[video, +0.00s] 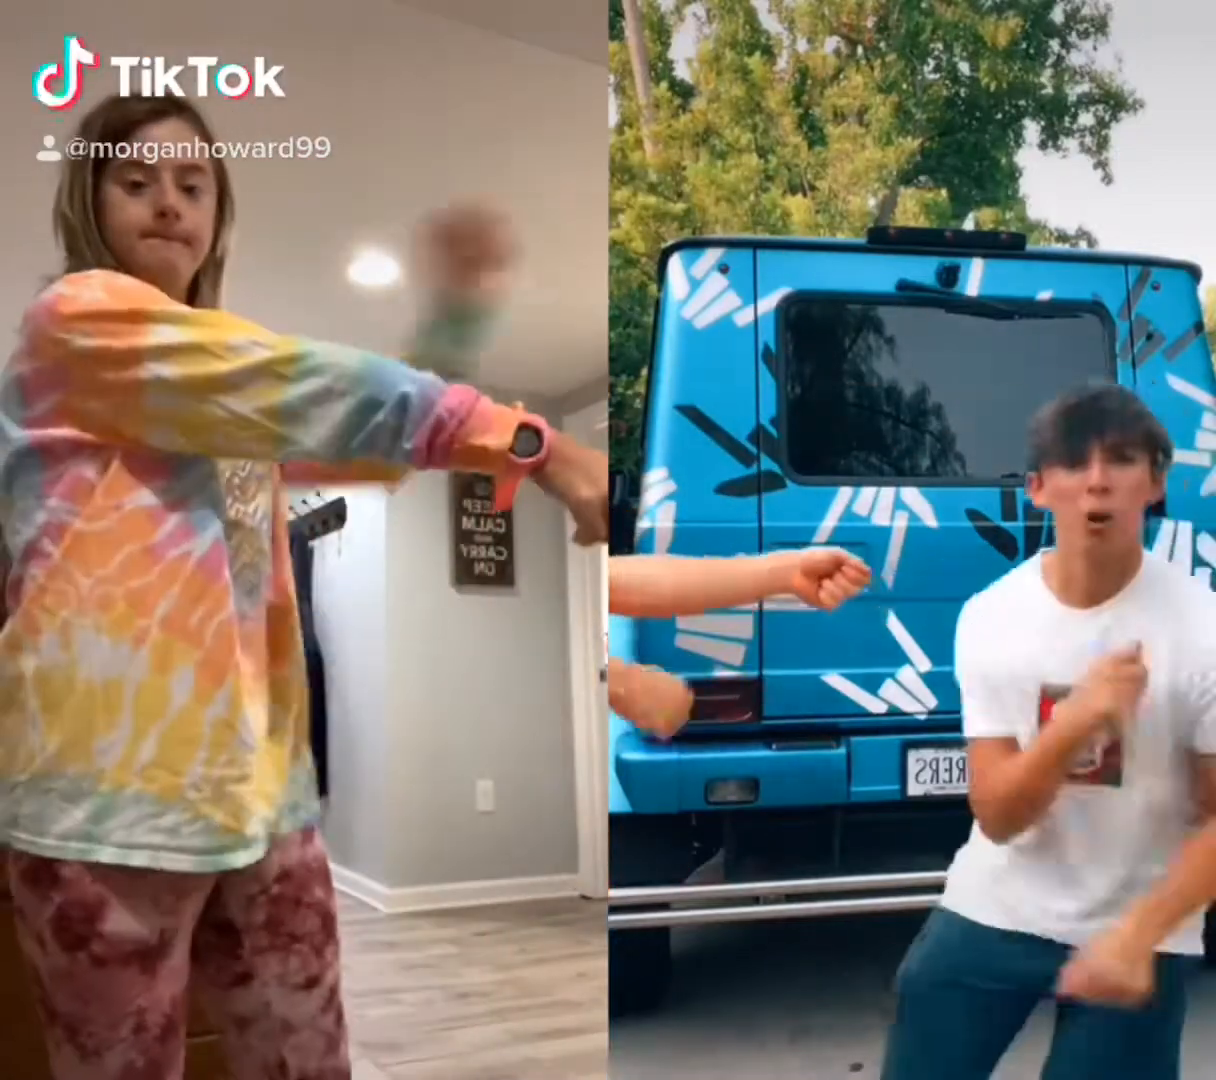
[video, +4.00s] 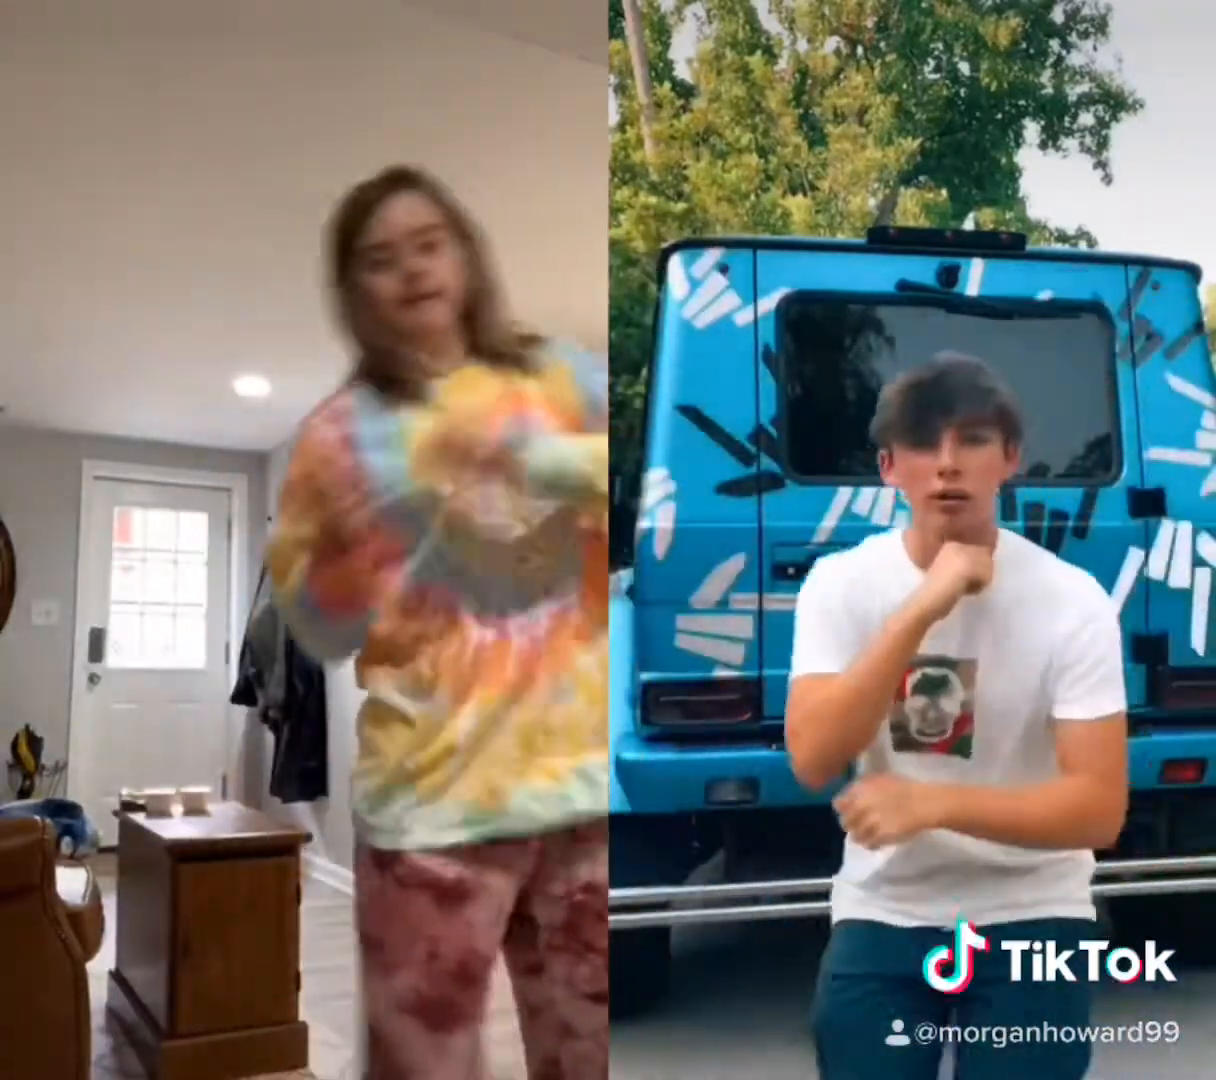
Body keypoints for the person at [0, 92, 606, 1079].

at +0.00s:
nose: (170, 205)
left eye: (195, 184)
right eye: (138, 180)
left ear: (220, 213)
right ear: (90, 203)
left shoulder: (215, 358)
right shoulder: (77, 319)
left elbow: (372, 445)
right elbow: (295, 386)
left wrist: (456, 313)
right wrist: (534, 445)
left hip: (257, 802)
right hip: (102, 812)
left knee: (302, 1069)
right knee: (120, 1072)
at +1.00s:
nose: (311, 239)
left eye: (338, 219)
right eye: (285, 214)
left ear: (371, 250)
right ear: (241, 238)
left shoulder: (436, 381)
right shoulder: (184, 423)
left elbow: (427, 564)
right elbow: (39, 577)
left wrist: (232, 640)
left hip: (439, 842)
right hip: (253, 857)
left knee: (465, 1072)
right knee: (233, 1069)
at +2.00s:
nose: (280, 279)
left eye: (305, 257)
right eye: (255, 257)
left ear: (339, 285)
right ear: (217, 281)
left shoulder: (379, 442)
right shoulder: (149, 413)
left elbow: (379, 617)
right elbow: (101, 600)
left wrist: (280, 588)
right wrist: (272, 700)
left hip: (306, 835)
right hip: (130, 839)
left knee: (358, 1067)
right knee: (112, 1069)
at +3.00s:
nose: (400, 260)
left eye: (425, 238)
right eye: (372, 238)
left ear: (455, 265)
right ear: (331, 263)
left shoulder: (527, 382)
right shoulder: (282, 440)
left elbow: (572, 558)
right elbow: (286, 607)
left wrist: (452, 593)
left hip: (529, 814)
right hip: (358, 816)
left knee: (532, 1066)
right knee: (300, 1064)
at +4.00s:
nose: (415, 273)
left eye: (432, 245)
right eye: (383, 259)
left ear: (468, 255)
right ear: (351, 290)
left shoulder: (559, 381)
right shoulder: (336, 437)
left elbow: (675, 482)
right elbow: (317, 631)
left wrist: (552, 462)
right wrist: (347, 553)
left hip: (582, 788)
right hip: (431, 804)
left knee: (583, 1059)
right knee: (422, 1060)